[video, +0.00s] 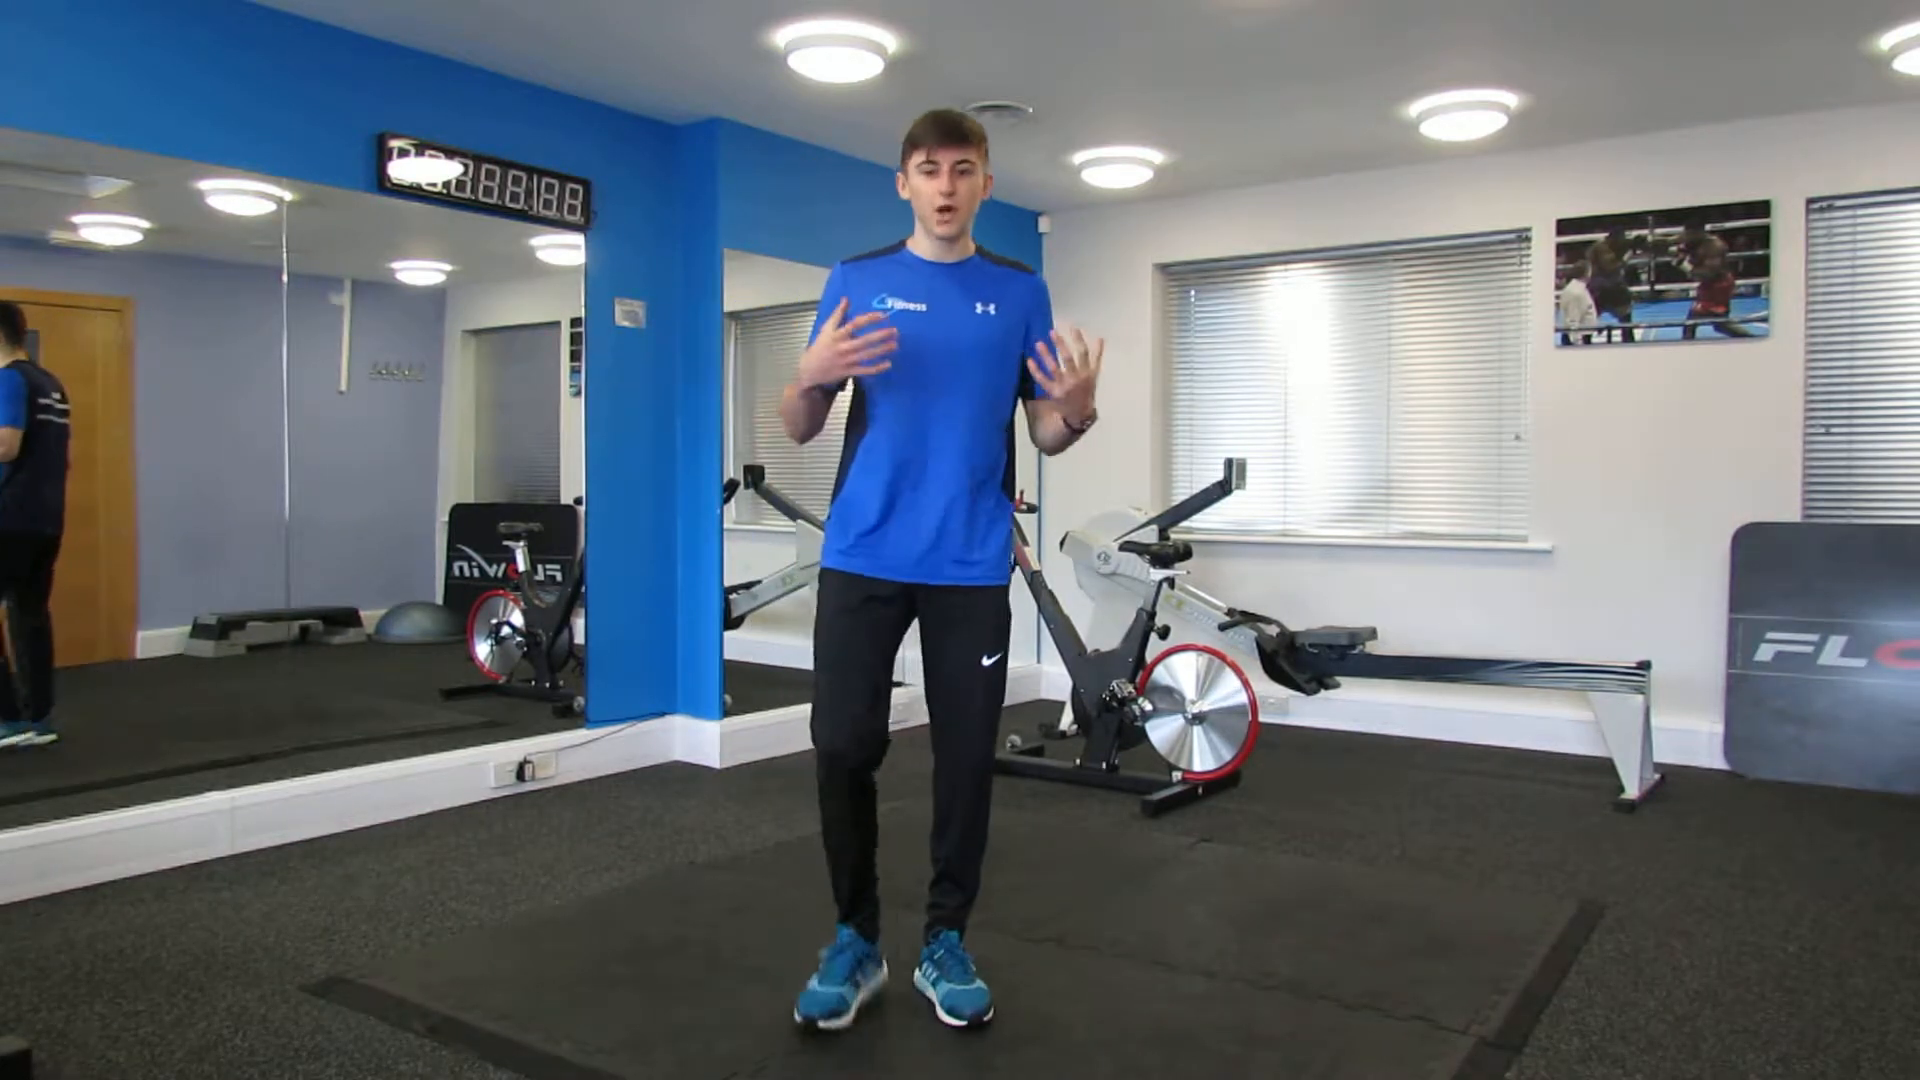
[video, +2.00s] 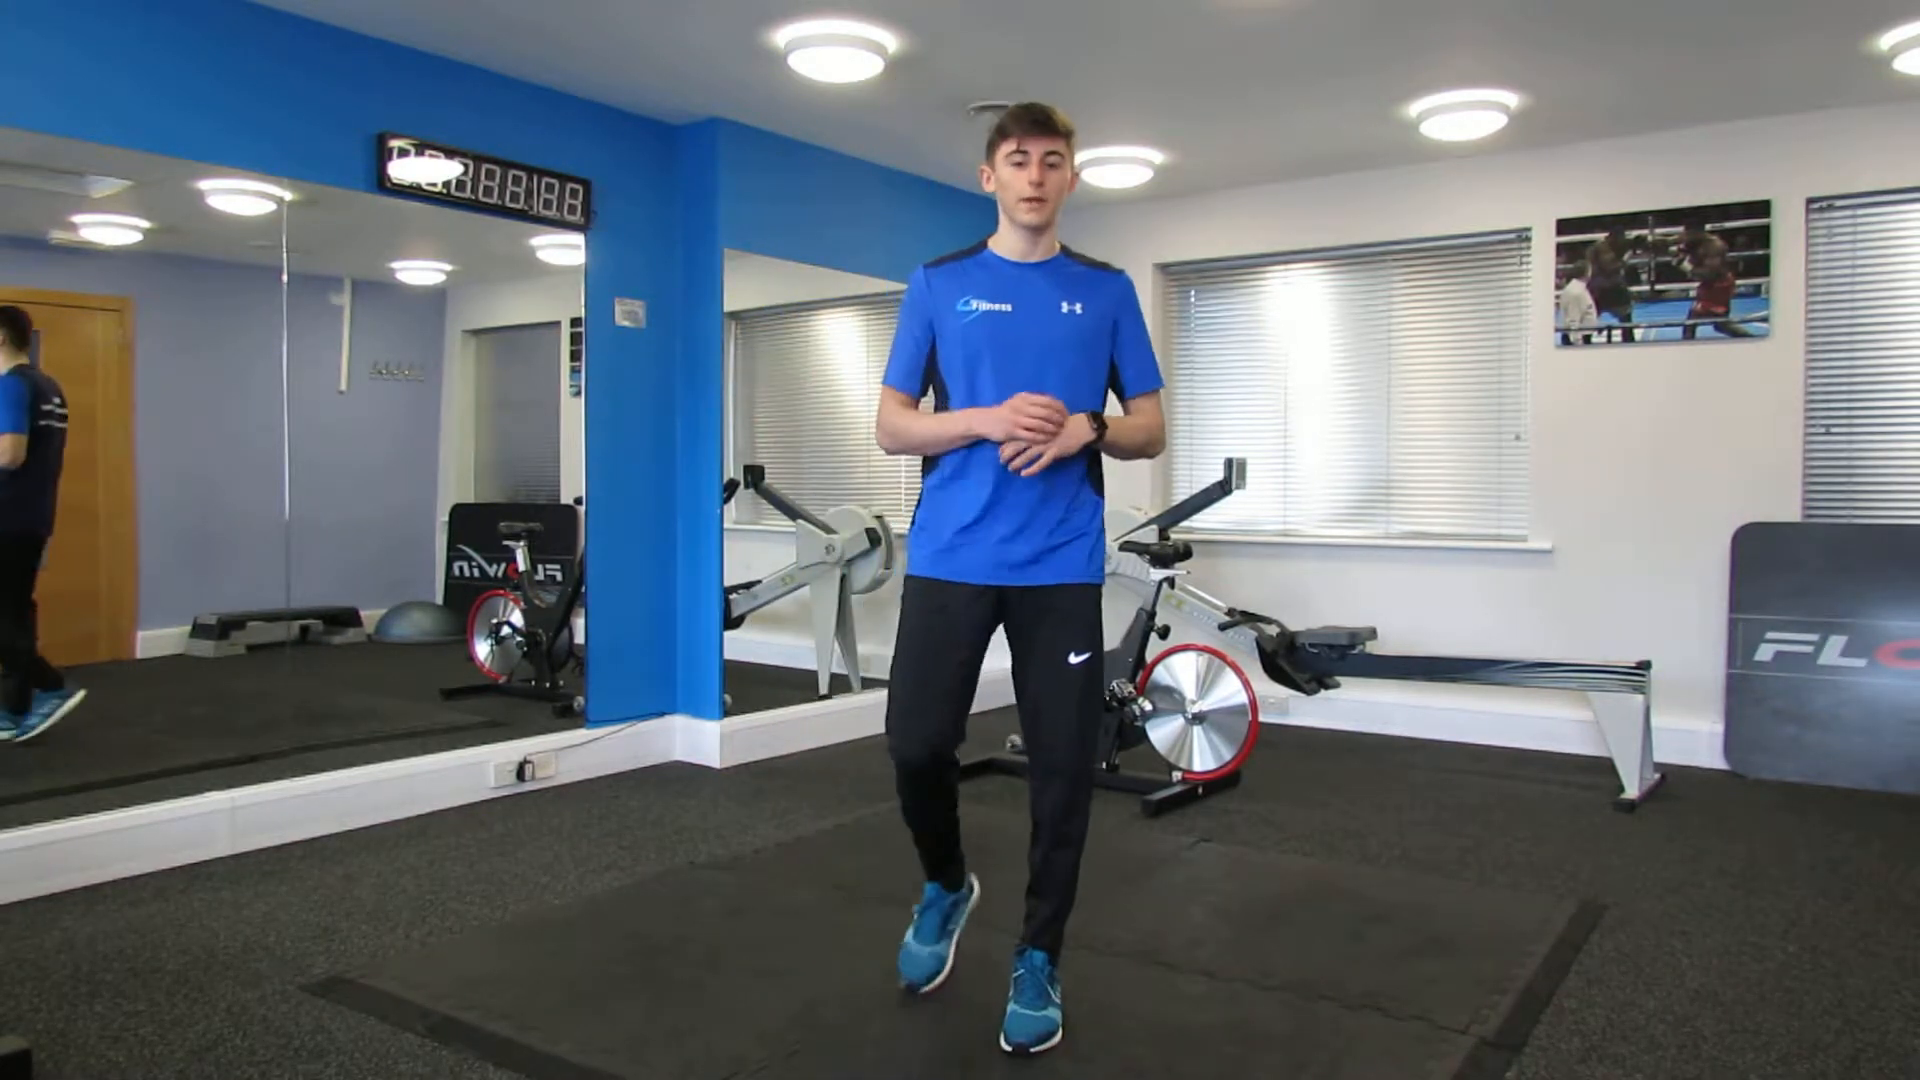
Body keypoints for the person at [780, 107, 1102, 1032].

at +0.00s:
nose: (946, 186)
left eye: (962, 171)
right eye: (929, 171)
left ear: (984, 183)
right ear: (904, 184)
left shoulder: (1020, 292)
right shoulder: (856, 282)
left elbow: (1047, 434)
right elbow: (799, 428)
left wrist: (1077, 402)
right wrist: (812, 377)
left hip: (973, 557)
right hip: (864, 548)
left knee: (968, 755)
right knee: (843, 746)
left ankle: (946, 941)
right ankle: (855, 939)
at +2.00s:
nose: (1036, 175)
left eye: (1052, 163)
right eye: (1020, 161)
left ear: (1073, 181)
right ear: (989, 178)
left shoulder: (1106, 290)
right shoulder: (937, 284)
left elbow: (1148, 430)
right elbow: (892, 425)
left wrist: (1090, 430)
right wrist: (983, 421)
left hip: (1060, 561)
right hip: (949, 556)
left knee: (1062, 767)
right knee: (917, 746)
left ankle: (1039, 956)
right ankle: (946, 886)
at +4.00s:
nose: (1047, 187)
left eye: (1063, 173)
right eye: (1031, 173)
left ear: (1086, 189)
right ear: (1004, 188)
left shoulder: (1125, 295)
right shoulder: (955, 293)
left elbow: (1157, 431)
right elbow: (920, 434)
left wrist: (1079, 422)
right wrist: (995, 408)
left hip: (1073, 568)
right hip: (967, 560)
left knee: (1071, 753)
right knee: (939, 748)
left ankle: (1045, 912)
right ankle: (943, 954)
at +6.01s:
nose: (1141, 174)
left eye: (1160, 152)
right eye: (1125, 161)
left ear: (1205, 158)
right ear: (1117, 180)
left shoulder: (1260, 255)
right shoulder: (1133, 296)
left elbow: (1307, 420)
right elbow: (1128, 460)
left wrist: (1157, 400)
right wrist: (1110, 401)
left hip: (1232, 566)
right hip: (1155, 569)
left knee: (1217, 800)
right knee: (1178, 780)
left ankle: (1225, 1035)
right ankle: (1229, 947)